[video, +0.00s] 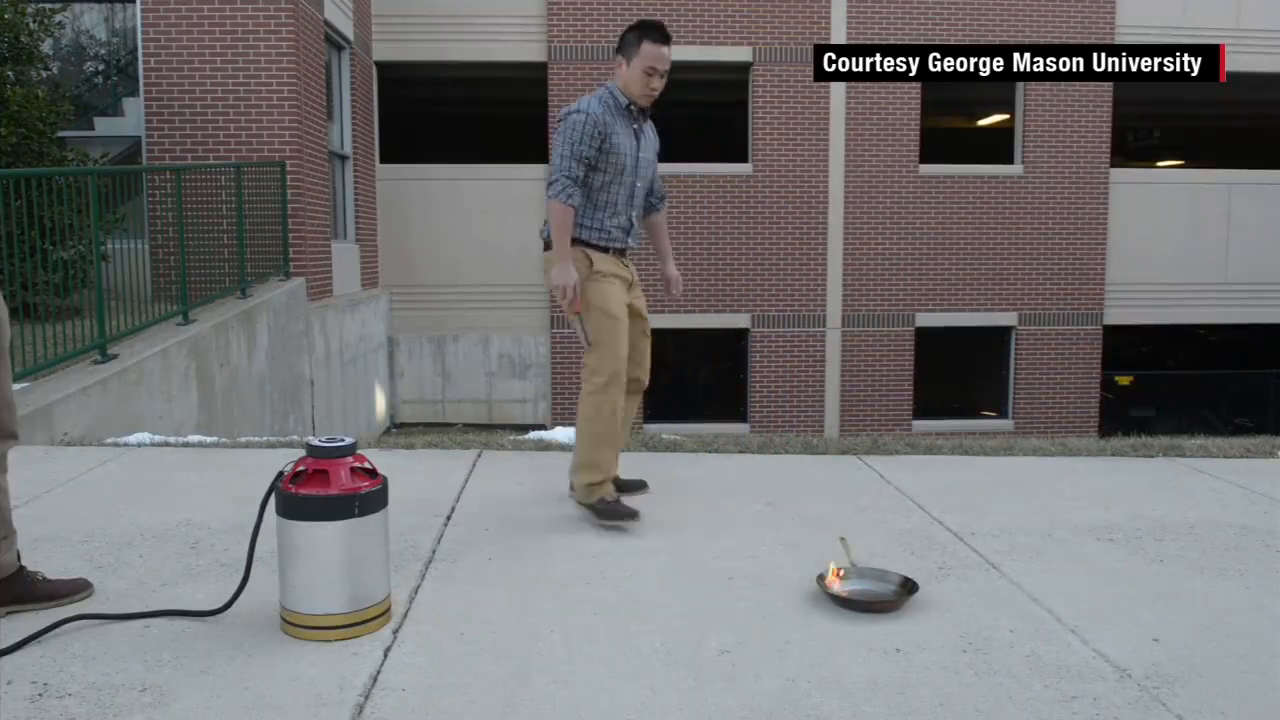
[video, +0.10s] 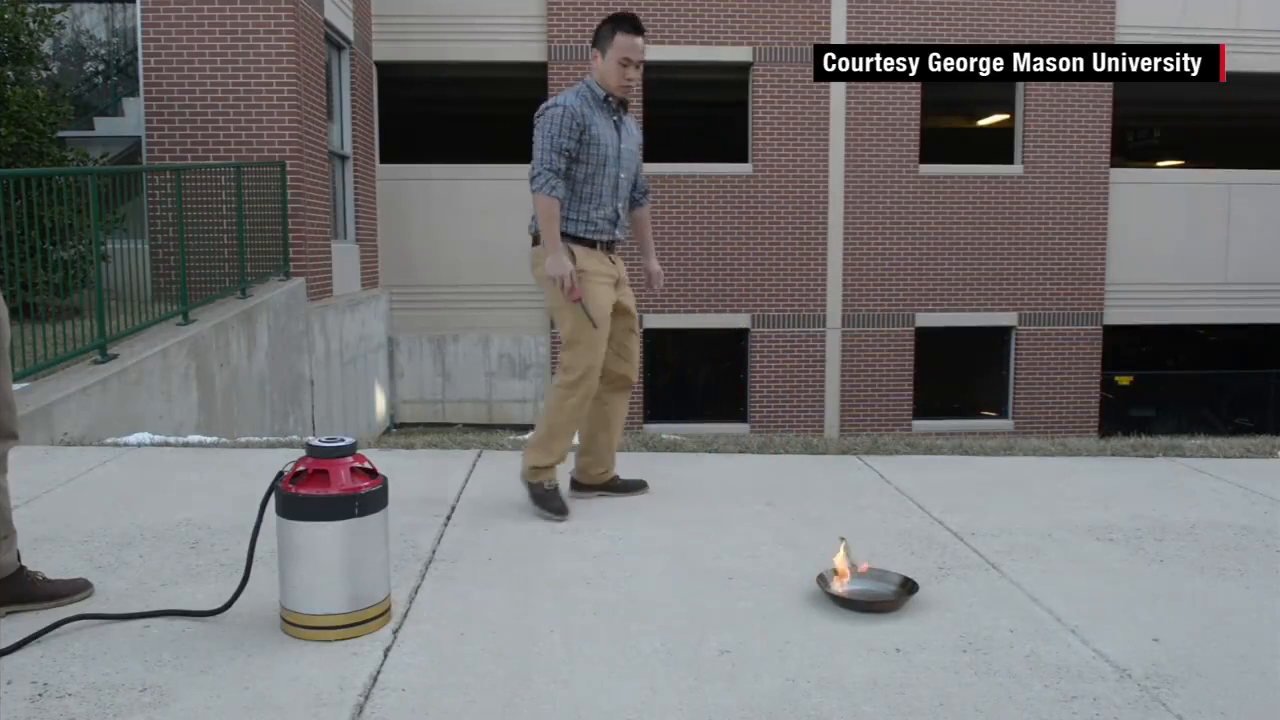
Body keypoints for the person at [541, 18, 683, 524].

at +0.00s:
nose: (657, 84)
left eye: (664, 75)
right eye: (649, 72)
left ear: (666, 73)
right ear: (619, 65)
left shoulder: (646, 131)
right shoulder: (586, 116)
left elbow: (652, 204)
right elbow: (562, 189)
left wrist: (667, 262)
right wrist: (561, 260)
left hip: (622, 263)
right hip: (588, 260)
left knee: (633, 373)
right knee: (607, 368)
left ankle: (602, 471)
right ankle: (591, 485)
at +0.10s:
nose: (633, 74)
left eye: (638, 65)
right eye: (624, 63)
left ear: (640, 64)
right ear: (595, 58)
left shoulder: (627, 126)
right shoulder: (563, 110)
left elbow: (637, 197)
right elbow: (545, 184)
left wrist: (649, 256)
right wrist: (554, 252)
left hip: (610, 259)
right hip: (572, 254)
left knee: (618, 372)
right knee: (581, 366)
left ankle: (594, 474)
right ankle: (539, 471)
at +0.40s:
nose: (525, 77)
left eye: (531, 68)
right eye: (515, 67)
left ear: (536, 69)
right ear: (487, 68)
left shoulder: (532, 133)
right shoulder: (467, 124)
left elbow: (539, 204)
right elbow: (468, 198)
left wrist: (560, 256)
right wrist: (510, 239)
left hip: (538, 268)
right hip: (487, 269)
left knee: (574, 370)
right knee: (464, 374)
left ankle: (592, 472)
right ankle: (413, 465)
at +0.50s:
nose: (499, 76)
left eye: (505, 66)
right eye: (489, 65)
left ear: (510, 69)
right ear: (462, 67)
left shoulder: (507, 129)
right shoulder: (440, 121)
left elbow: (516, 202)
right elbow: (442, 193)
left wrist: (534, 257)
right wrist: (486, 232)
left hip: (511, 265)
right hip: (463, 264)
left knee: (544, 366)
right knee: (442, 373)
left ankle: (582, 462)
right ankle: (410, 469)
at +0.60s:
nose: (477, 70)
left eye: (482, 60)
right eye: (467, 60)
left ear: (488, 61)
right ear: (439, 60)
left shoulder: (485, 122)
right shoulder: (420, 115)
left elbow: (496, 195)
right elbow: (420, 187)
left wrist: (512, 249)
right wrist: (459, 230)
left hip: (490, 260)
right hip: (442, 259)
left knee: (524, 362)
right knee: (431, 369)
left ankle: (537, 459)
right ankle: (410, 469)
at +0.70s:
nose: (447, 62)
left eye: (452, 53)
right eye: (437, 53)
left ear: (457, 54)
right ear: (410, 55)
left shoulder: (458, 115)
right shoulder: (394, 109)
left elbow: (470, 184)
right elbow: (393, 183)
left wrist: (492, 236)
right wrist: (414, 241)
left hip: (465, 251)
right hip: (421, 252)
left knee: (487, 348)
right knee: (417, 364)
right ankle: (410, 467)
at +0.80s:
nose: (431, 62)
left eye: (435, 53)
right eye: (420, 53)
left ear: (440, 55)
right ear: (394, 56)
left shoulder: (441, 115)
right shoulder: (378, 110)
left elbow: (455, 184)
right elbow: (373, 185)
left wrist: (484, 231)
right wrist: (383, 246)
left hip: (452, 251)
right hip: (412, 252)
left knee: (458, 350)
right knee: (413, 361)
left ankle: (398, 422)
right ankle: (410, 467)